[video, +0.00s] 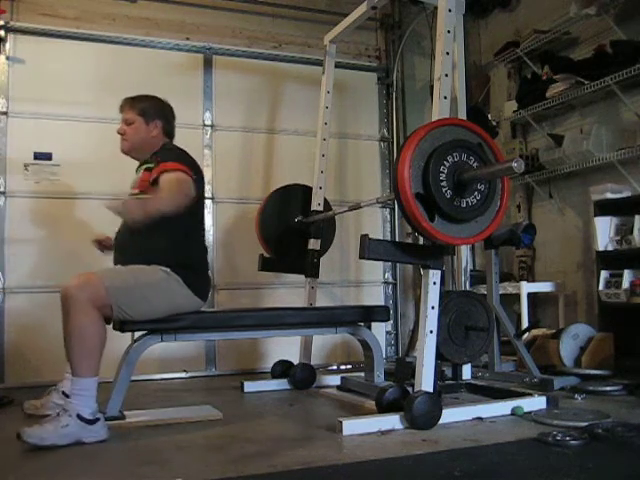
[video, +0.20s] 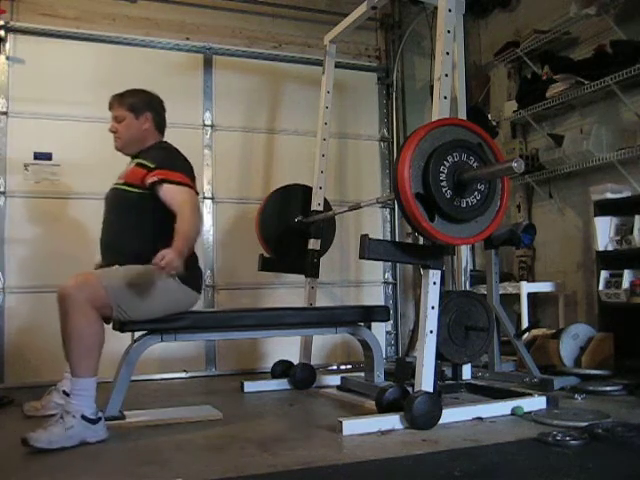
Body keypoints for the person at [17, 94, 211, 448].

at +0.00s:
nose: (120, 130)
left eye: (128, 123)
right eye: (121, 123)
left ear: (155, 129)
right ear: (149, 131)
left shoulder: (173, 161)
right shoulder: (147, 170)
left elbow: (178, 194)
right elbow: (155, 231)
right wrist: (117, 243)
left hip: (177, 280)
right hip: (154, 276)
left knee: (83, 292)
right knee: (75, 292)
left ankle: (86, 415)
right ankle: (72, 393)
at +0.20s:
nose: (112, 128)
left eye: (119, 121)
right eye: (112, 122)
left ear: (146, 121)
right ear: (143, 124)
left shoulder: (164, 159)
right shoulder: (141, 162)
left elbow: (189, 210)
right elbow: (144, 221)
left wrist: (178, 251)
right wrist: (113, 264)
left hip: (167, 280)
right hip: (140, 275)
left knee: (81, 294)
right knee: (70, 293)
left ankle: (86, 415)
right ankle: (71, 391)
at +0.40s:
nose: (101, 130)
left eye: (107, 122)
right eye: (100, 123)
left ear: (134, 123)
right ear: (128, 125)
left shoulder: (151, 162)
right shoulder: (129, 165)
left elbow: (163, 216)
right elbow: (130, 230)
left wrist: (97, 253)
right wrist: (88, 256)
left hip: (169, 278)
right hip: (142, 275)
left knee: (83, 292)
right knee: (66, 289)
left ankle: (87, 416)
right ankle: (70, 391)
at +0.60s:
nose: (76, 139)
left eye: (81, 131)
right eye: (75, 132)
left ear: (109, 127)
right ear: (105, 130)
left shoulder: (127, 165)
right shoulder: (109, 171)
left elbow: (129, 218)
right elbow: (102, 235)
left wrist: (63, 240)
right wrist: (58, 250)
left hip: (168, 277)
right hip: (144, 276)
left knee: (80, 294)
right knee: (71, 291)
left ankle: (87, 416)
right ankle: (71, 392)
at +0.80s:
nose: (56, 140)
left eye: (62, 131)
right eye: (55, 133)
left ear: (89, 128)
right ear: (84, 131)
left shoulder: (102, 166)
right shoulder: (86, 171)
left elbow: (95, 227)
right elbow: (60, 231)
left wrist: (43, 254)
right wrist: (17, 254)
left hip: (161, 273)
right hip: (139, 271)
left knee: (76, 293)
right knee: (68, 291)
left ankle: (86, 416)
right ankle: (70, 394)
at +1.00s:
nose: (56, 134)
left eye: (62, 126)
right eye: (55, 127)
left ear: (90, 124)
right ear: (84, 127)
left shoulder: (102, 162)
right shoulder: (84, 166)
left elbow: (76, 212)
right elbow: (60, 213)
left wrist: (29, 244)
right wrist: (22, 233)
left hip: (156, 270)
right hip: (133, 268)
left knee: (71, 293)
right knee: (66, 290)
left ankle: (85, 416)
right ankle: (72, 392)